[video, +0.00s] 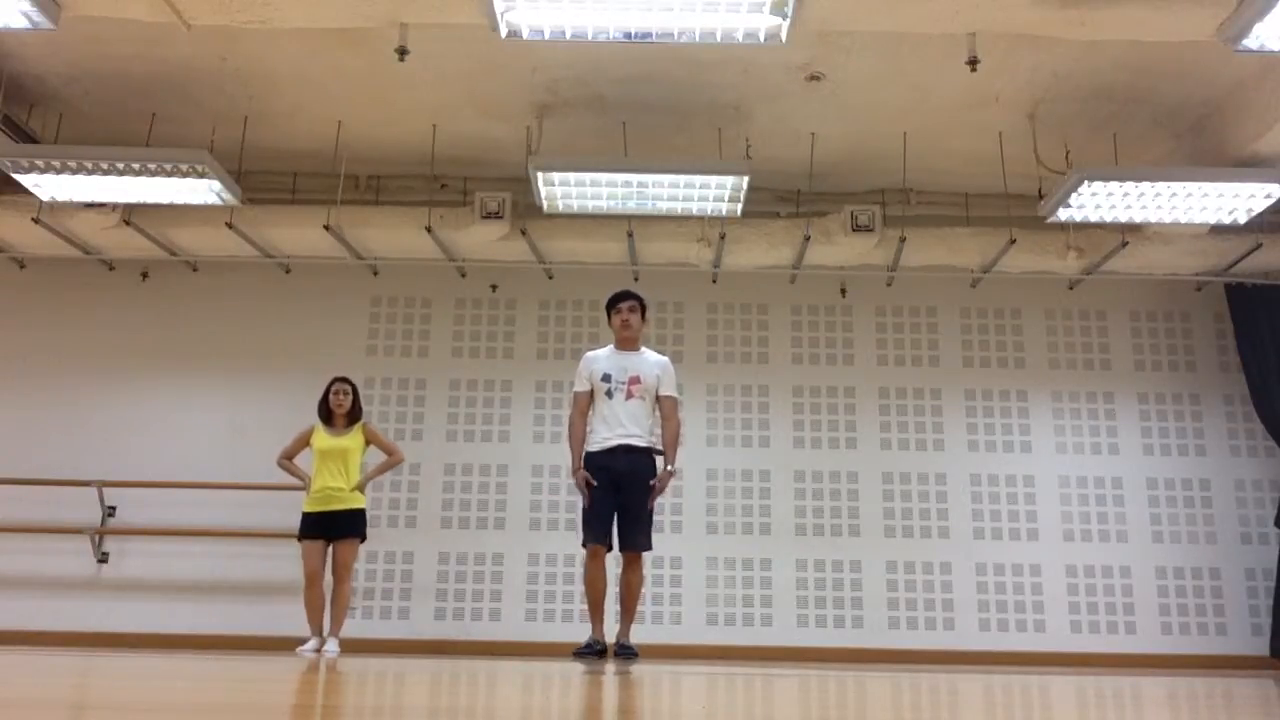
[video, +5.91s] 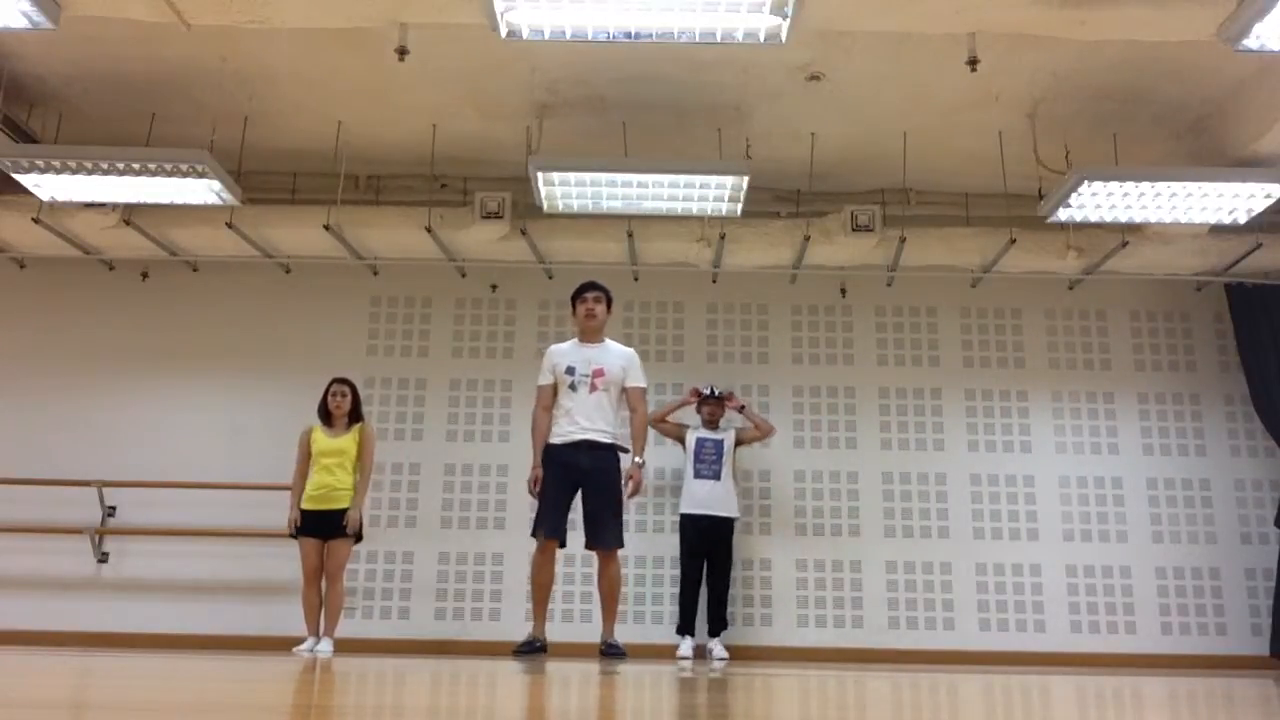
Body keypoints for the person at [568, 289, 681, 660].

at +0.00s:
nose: (625, 318)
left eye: (632, 312)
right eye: (619, 313)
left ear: (643, 320)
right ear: (610, 321)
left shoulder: (659, 364)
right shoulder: (592, 361)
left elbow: (670, 417)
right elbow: (578, 414)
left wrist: (669, 465)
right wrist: (577, 463)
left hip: (639, 461)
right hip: (599, 460)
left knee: (632, 552)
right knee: (595, 549)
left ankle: (624, 637)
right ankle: (597, 635)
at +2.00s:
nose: (643, 322)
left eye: (646, 317)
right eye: (636, 316)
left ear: (647, 324)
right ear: (616, 320)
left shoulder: (658, 367)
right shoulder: (591, 362)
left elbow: (666, 422)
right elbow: (578, 416)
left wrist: (664, 473)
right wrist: (582, 464)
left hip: (642, 462)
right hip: (601, 461)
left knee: (635, 550)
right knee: (599, 534)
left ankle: (624, 637)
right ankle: (590, 626)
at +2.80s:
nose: (588, 324)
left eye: (594, 315)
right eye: (584, 318)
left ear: (615, 317)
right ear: (583, 323)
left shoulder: (641, 361)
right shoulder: (574, 362)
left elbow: (654, 418)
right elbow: (562, 416)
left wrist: (651, 468)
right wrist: (555, 469)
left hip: (621, 462)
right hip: (578, 460)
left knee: (624, 552)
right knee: (556, 544)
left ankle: (623, 637)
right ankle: (533, 632)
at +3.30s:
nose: (535, 315)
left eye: (541, 307)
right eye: (534, 309)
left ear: (563, 309)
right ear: (541, 315)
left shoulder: (596, 351)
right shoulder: (532, 358)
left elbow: (606, 408)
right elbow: (518, 412)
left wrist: (593, 457)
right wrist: (508, 462)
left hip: (576, 457)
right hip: (533, 456)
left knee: (587, 542)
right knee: (530, 546)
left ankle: (608, 627)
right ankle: (528, 634)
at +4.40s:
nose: (591, 308)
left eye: (597, 302)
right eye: (584, 303)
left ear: (610, 311)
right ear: (575, 313)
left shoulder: (627, 357)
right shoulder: (557, 355)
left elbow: (638, 413)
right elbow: (541, 407)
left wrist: (634, 465)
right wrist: (533, 454)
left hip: (609, 459)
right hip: (564, 458)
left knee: (613, 550)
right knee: (545, 543)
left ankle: (612, 636)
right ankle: (531, 634)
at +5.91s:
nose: (590, 307)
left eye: (597, 302)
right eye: (584, 302)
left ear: (608, 311)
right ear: (574, 311)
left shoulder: (625, 357)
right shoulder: (556, 353)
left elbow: (638, 411)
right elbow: (543, 410)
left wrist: (637, 460)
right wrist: (537, 461)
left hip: (605, 457)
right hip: (560, 455)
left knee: (607, 549)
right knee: (546, 542)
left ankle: (609, 636)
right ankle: (537, 633)